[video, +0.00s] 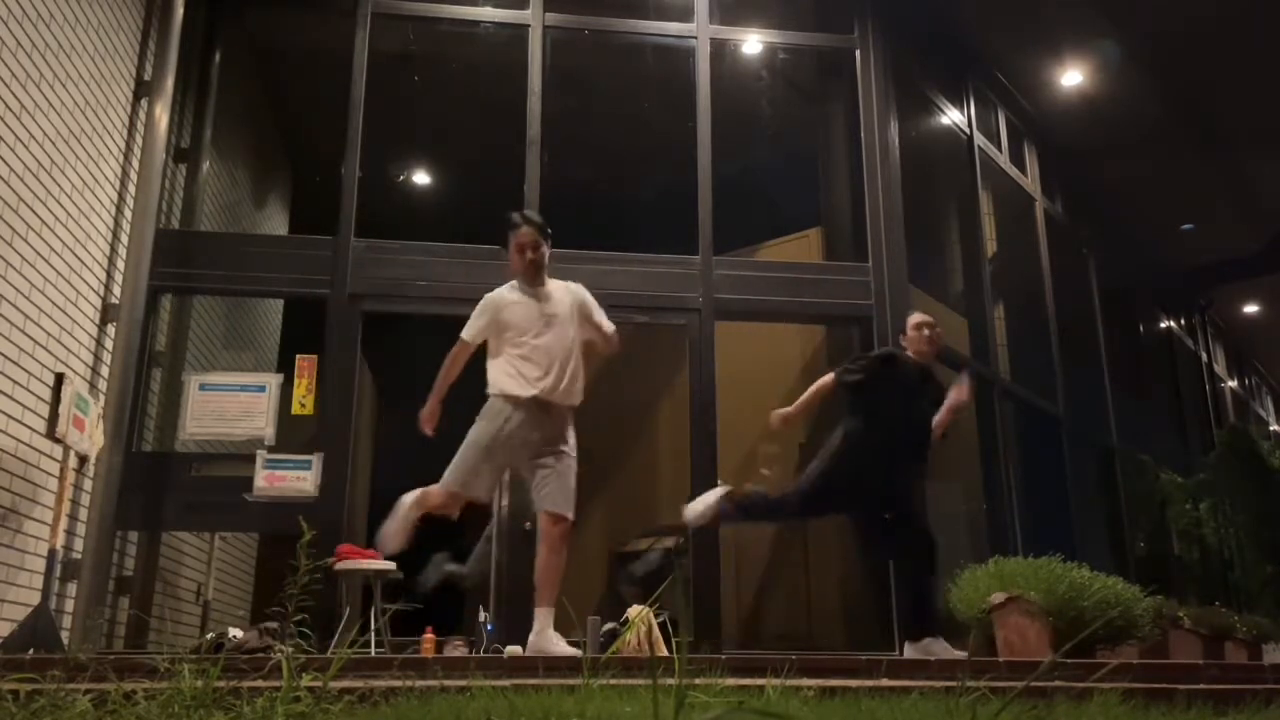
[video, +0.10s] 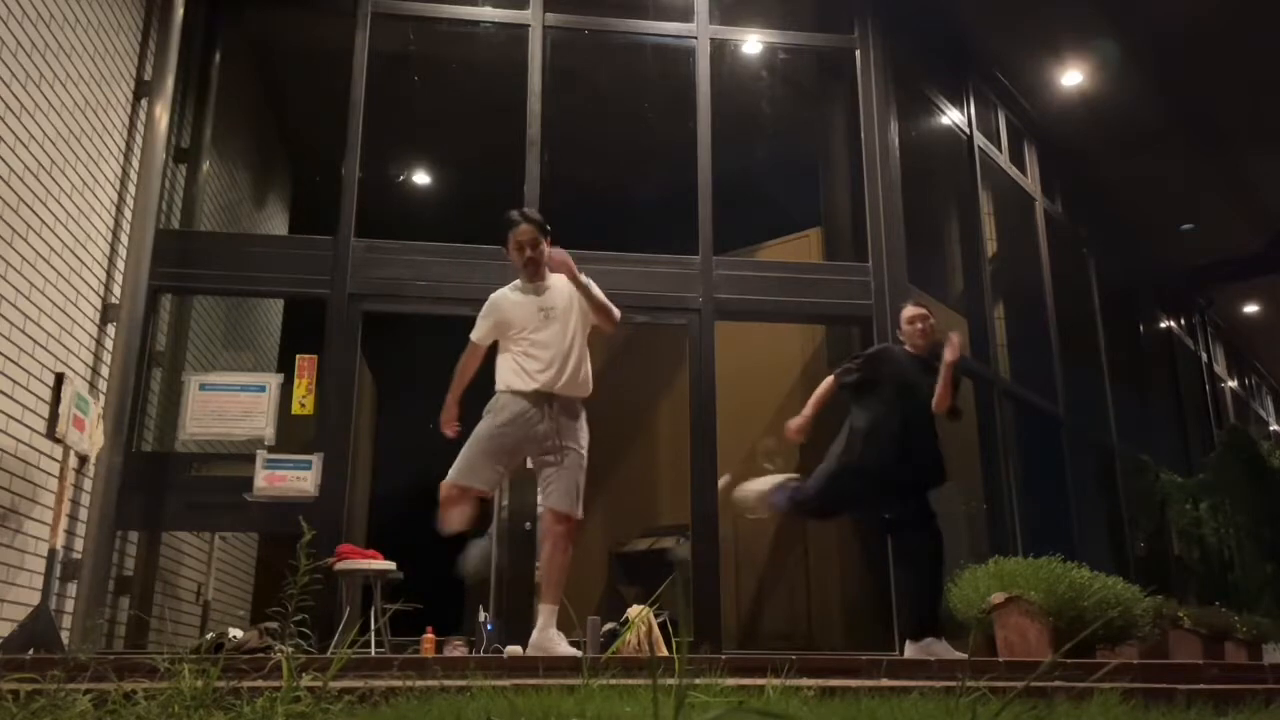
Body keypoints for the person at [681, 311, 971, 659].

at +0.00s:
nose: (929, 334)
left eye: (933, 329)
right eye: (921, 328)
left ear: (938, 341)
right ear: (905, 338)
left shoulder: (934, 386)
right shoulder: (888, 360)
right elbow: (834, 378)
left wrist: (951, 409)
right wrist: (796, 409)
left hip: (892, 478)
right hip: (851, 463)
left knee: (916, 547)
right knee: (799, 504)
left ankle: (920, 638)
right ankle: (723, 504)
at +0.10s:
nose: (922, 326)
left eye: (926, 320)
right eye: (913, 322)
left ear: (935, 327)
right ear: (900, 331)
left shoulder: (937, 369)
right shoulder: (884, 355)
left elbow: (941, 407)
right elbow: (835, 379)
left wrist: (949, 361)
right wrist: (805, 417)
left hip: (904, 473)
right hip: (859, 461)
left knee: (924, 548)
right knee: (815, 503)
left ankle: (922, 636)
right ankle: (775, 492)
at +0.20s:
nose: (911, 324)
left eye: (916, 317)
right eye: (904, 319)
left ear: (928, 321)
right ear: (894, 326)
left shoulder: (938, 361)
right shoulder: (878, 355)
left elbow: (938, 384)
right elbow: (838, 385)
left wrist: (934, 333)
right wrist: (821, 429)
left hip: (915, 464)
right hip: (865, 456)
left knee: (928, 547)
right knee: (825, 500)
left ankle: (929, 636)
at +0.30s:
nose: (892, 333)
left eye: (898, 326)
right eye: (887, 327)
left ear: (913, 328)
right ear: (882, 332)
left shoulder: (929, 362)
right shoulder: (876, 365)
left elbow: (935, 377)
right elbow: (848, 402)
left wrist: (913, 329)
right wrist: (843, 440)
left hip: (916, 455)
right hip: (871, 451)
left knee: (931, 546)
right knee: (844, 487)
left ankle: (952, 634)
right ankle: (880, 531)